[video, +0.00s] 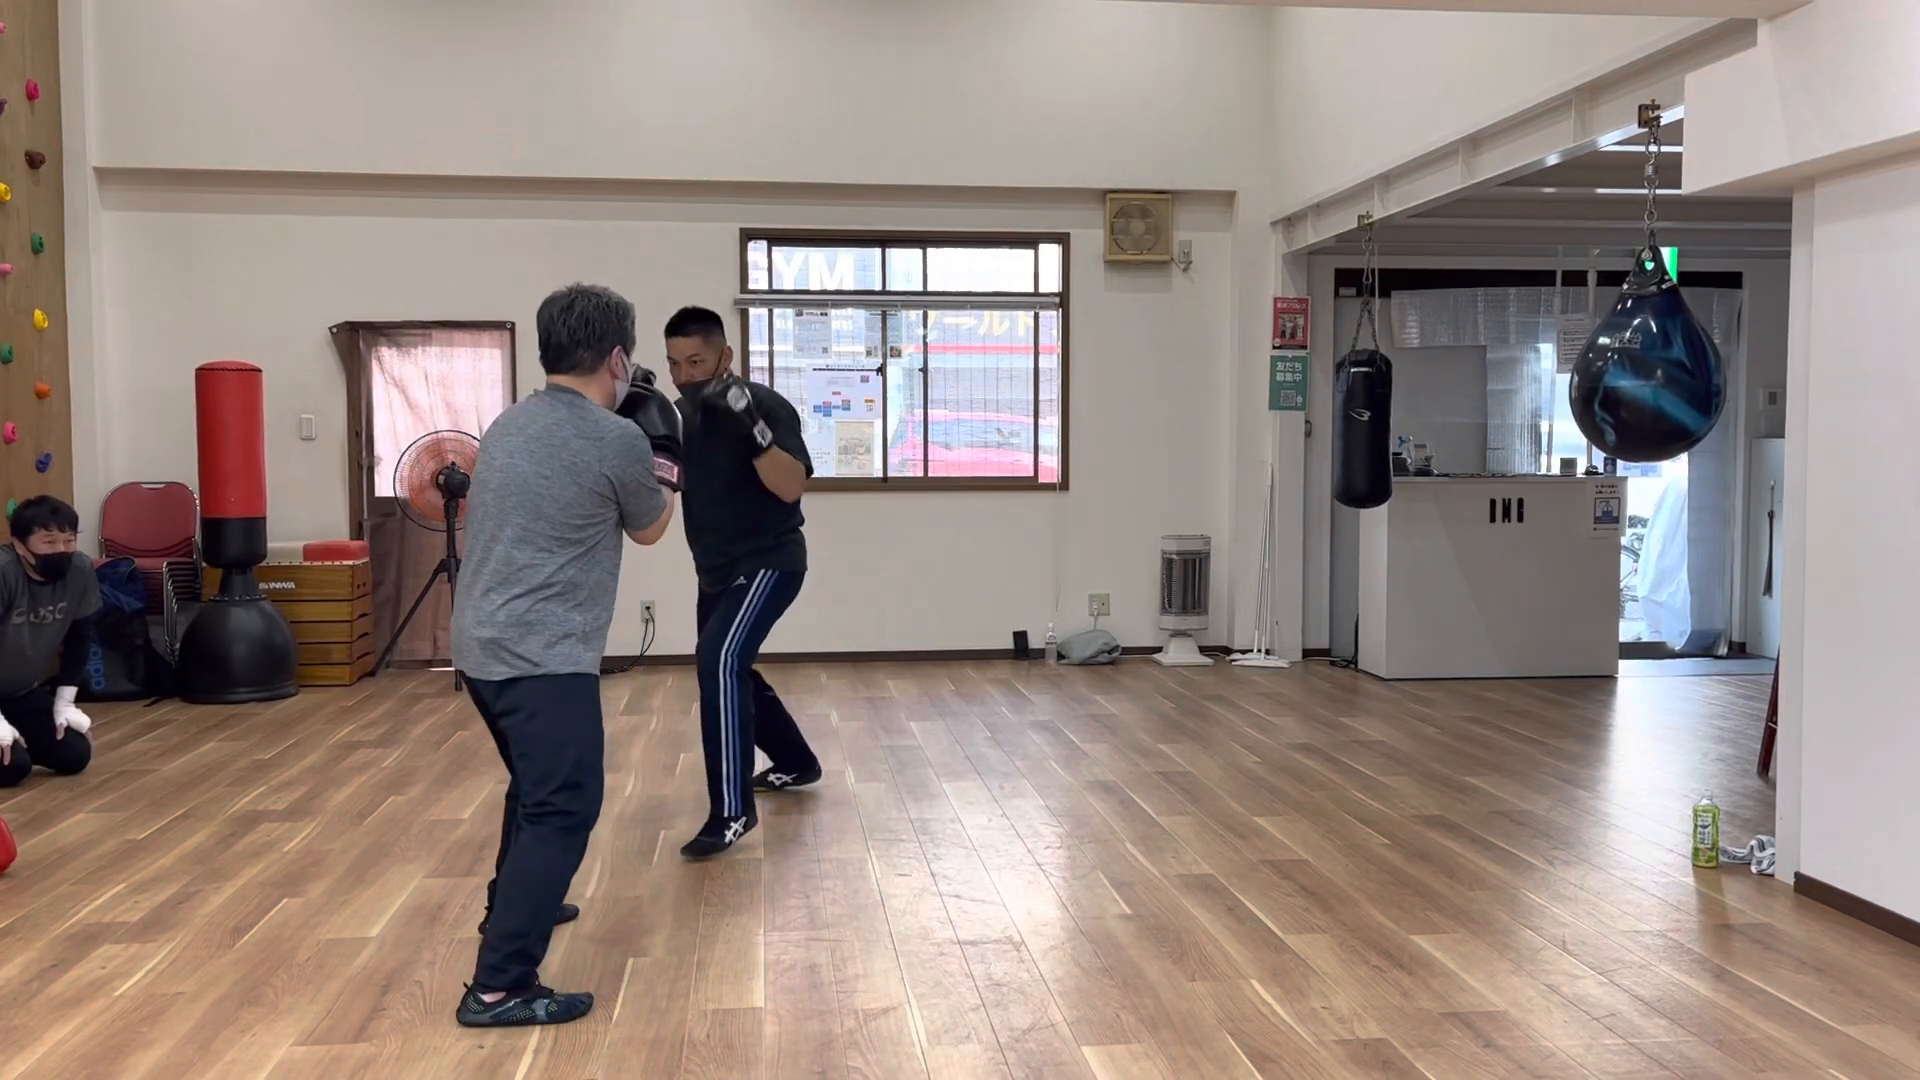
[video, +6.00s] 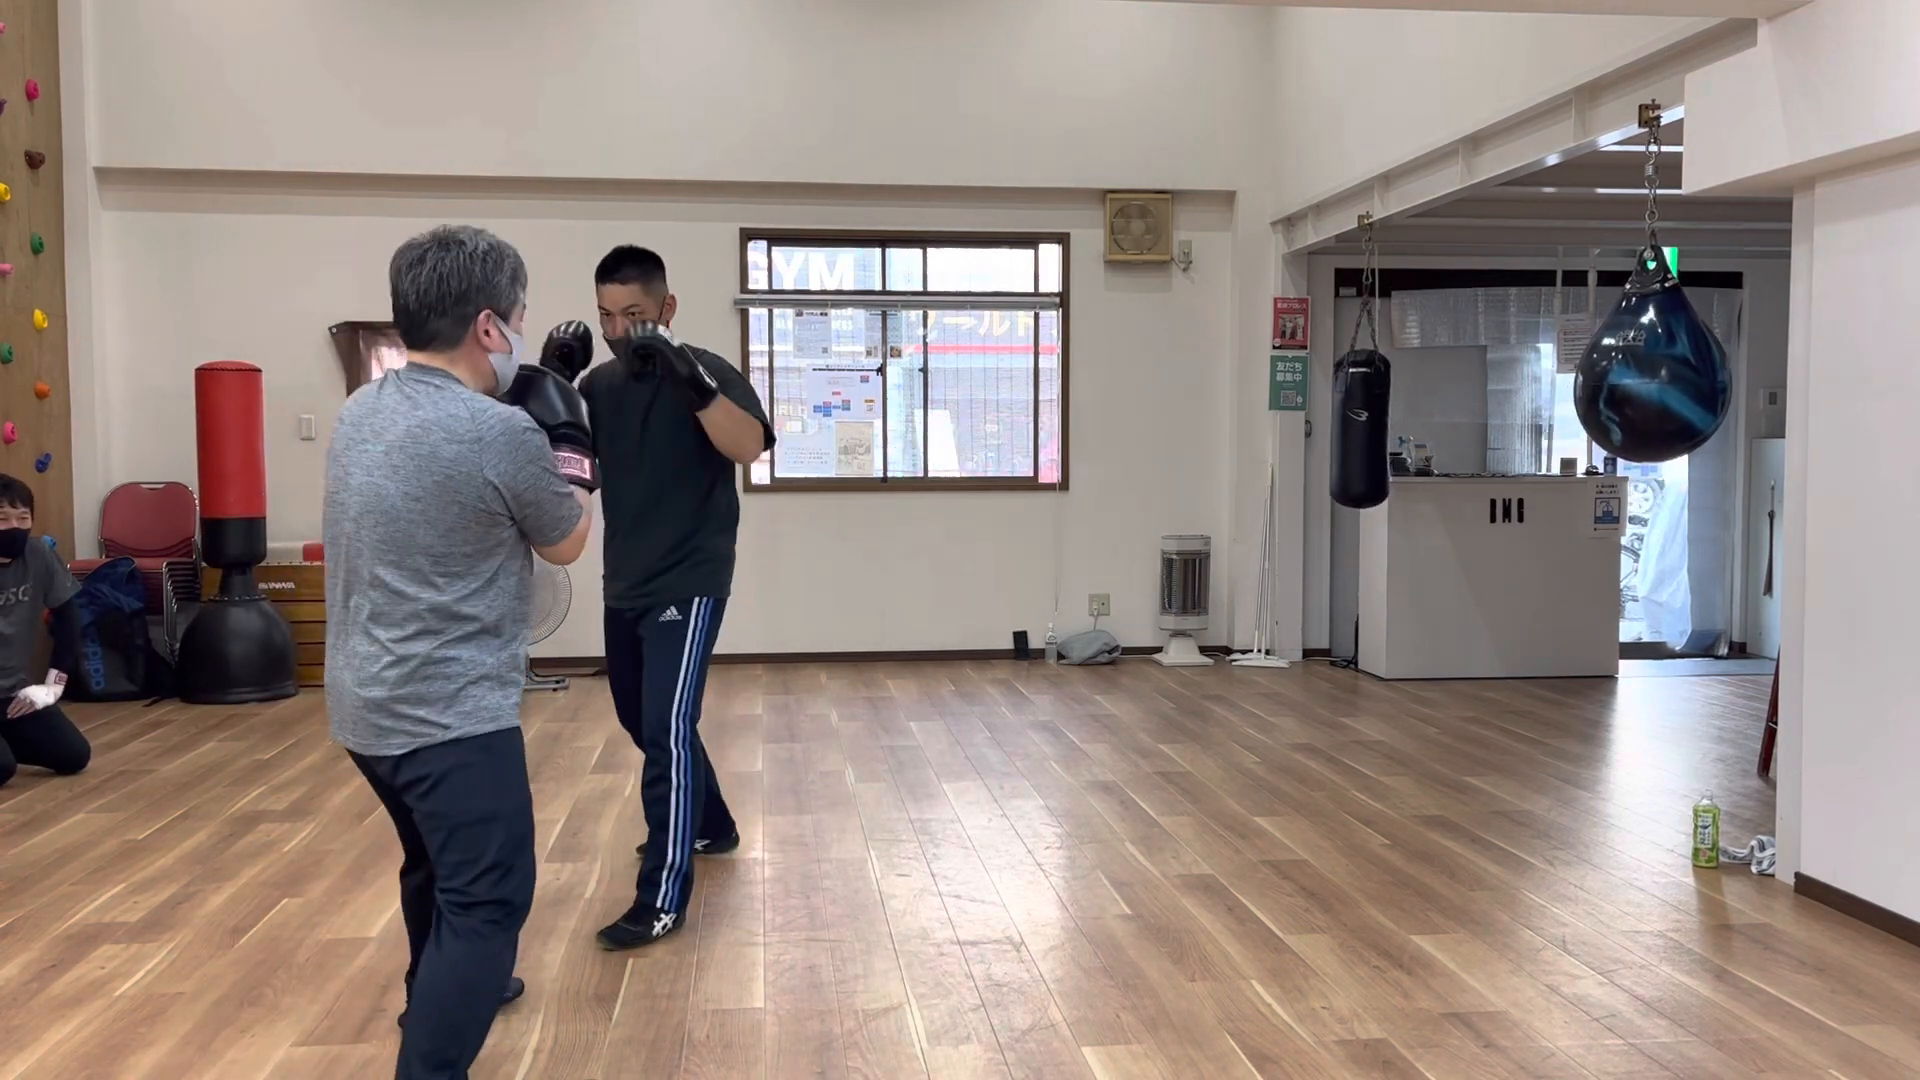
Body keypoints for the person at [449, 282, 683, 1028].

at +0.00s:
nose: (631, 365)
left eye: (629, 355)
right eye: (629, 355)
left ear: (546, 355)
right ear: (615, 357)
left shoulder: (506, 423)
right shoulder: (615, 438)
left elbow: (528, 500)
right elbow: (651, 525)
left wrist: (618, 465)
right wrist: (661, 480)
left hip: (480, 651)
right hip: (548, 660)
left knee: (532, 787)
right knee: (562, 811)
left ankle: (516, 906)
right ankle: (501, 987)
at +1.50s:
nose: (547, 353)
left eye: (548, 342)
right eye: (546, 341)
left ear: (460, 342)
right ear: (528, 342)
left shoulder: (430, 414)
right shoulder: (534, 414)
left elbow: (489, 493)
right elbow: (607, 494)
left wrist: (547, 424)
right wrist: (600, 435)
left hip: (418, 639)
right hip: (475, 648)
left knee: (514, 749)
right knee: (472, 813)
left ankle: (525, 880)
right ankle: (397, 993)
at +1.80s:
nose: (499, 367)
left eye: (495, 353)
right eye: (496, 354)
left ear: (409, 356)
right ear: (475, 359)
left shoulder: (368, 431)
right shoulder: (457, 445)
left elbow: (400, 543)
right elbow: (515, 553)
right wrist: (540, 500)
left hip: (358, 660)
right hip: (394, 673)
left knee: (472, 757)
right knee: (396, 841)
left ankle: (431, 925)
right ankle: (284, 1027)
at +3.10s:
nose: (376, 335)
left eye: (376, 321)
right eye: (373, 320)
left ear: (287, 322)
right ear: (345, 322)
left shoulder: (255, 397)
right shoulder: (347, 405)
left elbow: (320, 482)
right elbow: (417, 506)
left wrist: (385, 435)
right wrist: (436, 463)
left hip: (252, 639)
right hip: (299, 649)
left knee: (351, 750)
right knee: (289, 814)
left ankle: (302, 910)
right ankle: (221, 999)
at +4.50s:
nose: (484, 317)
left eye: (485, 304)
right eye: (482, 303)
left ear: (379, 306)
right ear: (458, 308)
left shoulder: (339, 392)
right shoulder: (449, 397)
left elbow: (410, 499)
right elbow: (527, 506)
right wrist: (535, 444)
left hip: (325, 662)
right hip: (399, 672)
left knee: (392, 821)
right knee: (385, 863)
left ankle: (389, 955)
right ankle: (302, 1059)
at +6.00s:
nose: (516, 336)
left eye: (518, 319)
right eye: (515, 318)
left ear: (408, 317)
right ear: (488, 326)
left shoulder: (357, 412)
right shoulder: (495, 430)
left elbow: (426, 503)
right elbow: (566, 542)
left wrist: (517, 414)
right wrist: (562, 437)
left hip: (364, 709)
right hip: (455, 718)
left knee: (433, 863)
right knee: (484, 905)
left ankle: (445, 988)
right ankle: (430, 1067)